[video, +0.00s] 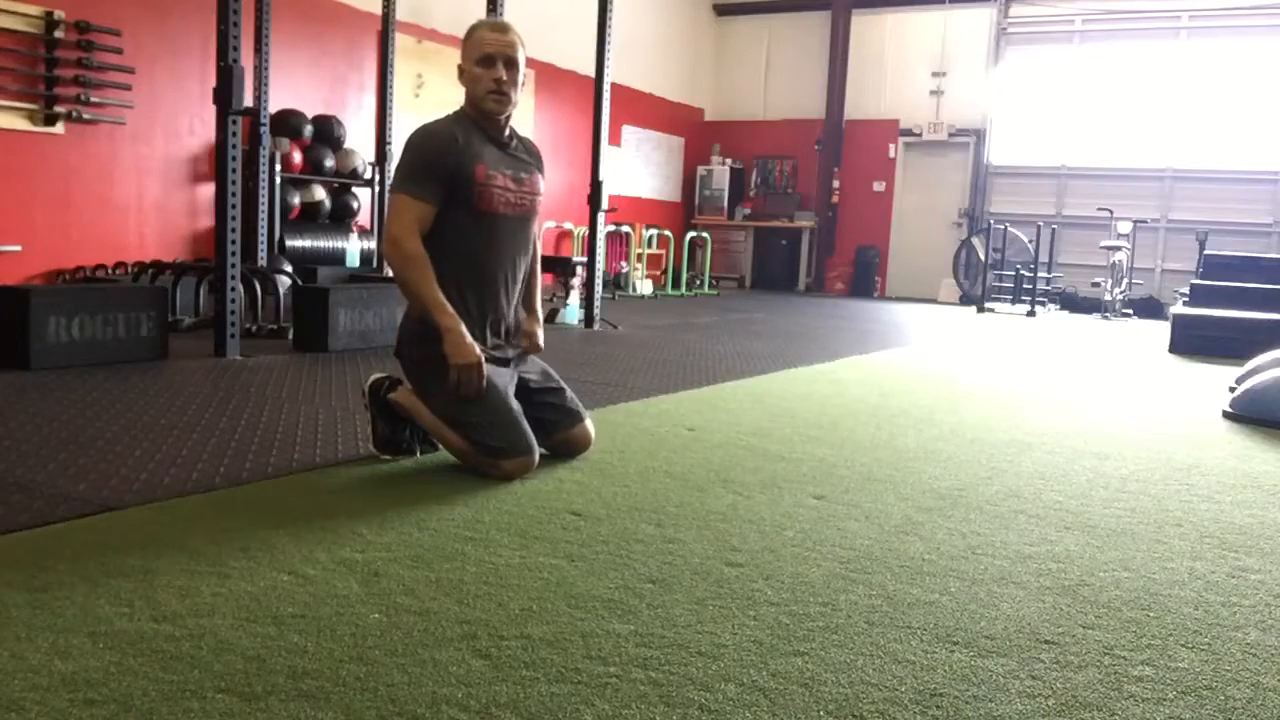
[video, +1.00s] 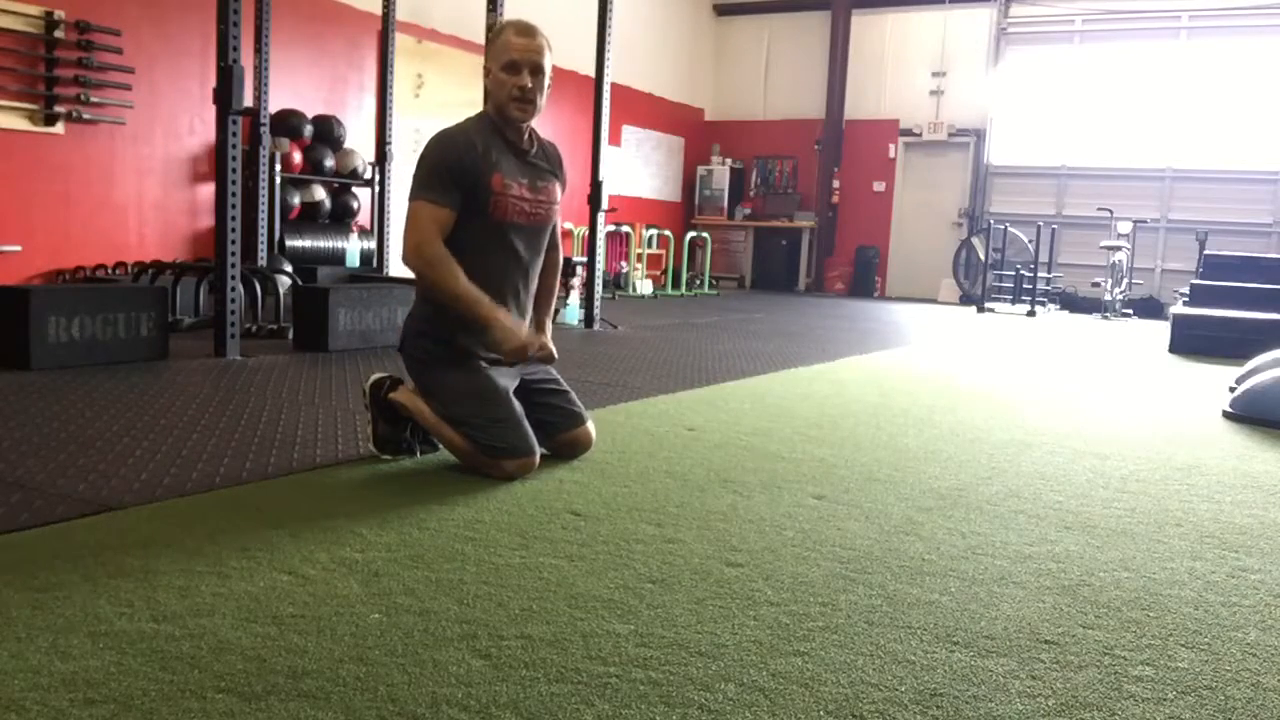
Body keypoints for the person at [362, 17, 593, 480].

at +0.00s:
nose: (501, 75)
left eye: (511, 64)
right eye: (486, 62)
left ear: (524, 76)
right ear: (462, 73)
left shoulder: (529, 154)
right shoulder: (437, 142)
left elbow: (530, 240)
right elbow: (399, 239)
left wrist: (532, 316)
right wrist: (452, 328)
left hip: (509, 342)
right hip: (447, 347)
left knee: (574, 438)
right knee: (513, 463)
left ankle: (442, 411)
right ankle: (398, 399)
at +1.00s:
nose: (524, 82)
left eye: (536, 71)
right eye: (510, 69)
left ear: (549, 80)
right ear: (486, 74)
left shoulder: (548, 157)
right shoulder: (454, 147)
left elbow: (550, 246)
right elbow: (420, 247)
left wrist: (542, 326)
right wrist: (495, 320)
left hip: (515, 340)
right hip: (449, 346)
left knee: (574, 439)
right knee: (515, 462)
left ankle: (444, 413)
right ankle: (399, 400)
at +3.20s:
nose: (582, 96)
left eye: (586, 84)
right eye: (569, 81)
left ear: (588, 90)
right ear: (526, 78)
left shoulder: (570, 173)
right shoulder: (479, 156)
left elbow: (567, 262)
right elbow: (446, 268)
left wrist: (574, 338)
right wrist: (493, 357)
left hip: (509, 343)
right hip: (447, 343)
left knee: (575, 439)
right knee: (515, 463)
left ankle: (446, 410)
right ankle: (400, 398)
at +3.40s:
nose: (595, 91)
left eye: (598, 78)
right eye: (582, 75)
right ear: (538, 77)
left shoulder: (580, 174)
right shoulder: (489, 152)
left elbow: (574, 263)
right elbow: (456, 263)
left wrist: (595, 341)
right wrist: (501, 355)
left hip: (515, 341)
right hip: (453, 343)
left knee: (574, 440)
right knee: (515, 463)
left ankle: (449, 397)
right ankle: (403, 397)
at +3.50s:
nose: (598, 85)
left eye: (600, 72)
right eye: (585, 69)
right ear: (540, 74)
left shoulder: (583, 171)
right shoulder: (492, 149)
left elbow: (578, 260)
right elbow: (459, 259)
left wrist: (600, 338)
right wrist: (505, 352)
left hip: (519, 340)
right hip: (457, 342)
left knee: (575, 441)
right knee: (516, 464)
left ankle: (451, 395)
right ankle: (404, 397)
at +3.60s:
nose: (598, 82)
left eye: (601, 70)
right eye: (584, 66)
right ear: (540, 73)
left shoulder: (585, 167)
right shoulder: (494, 147)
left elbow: (580, 257)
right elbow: (464, 257)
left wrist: (601, 334)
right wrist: (510, 353)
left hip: (520, 339)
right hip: (458, 339)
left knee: (575, 441)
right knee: (516, 464)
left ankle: (450, 393)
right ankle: (404, 397)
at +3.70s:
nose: (592, 82)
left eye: (597, 70)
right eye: (580, 65)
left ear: (600, 78)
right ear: (537, 71)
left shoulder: (584, 167)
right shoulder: (495, 146)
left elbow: (579, 257)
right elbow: (466, 257)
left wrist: (598, 335)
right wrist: (514, 353)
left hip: (520, 337)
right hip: (459, 338)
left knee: (574, 441)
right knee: (516, 464)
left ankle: (453, 392)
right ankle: (404, 396)